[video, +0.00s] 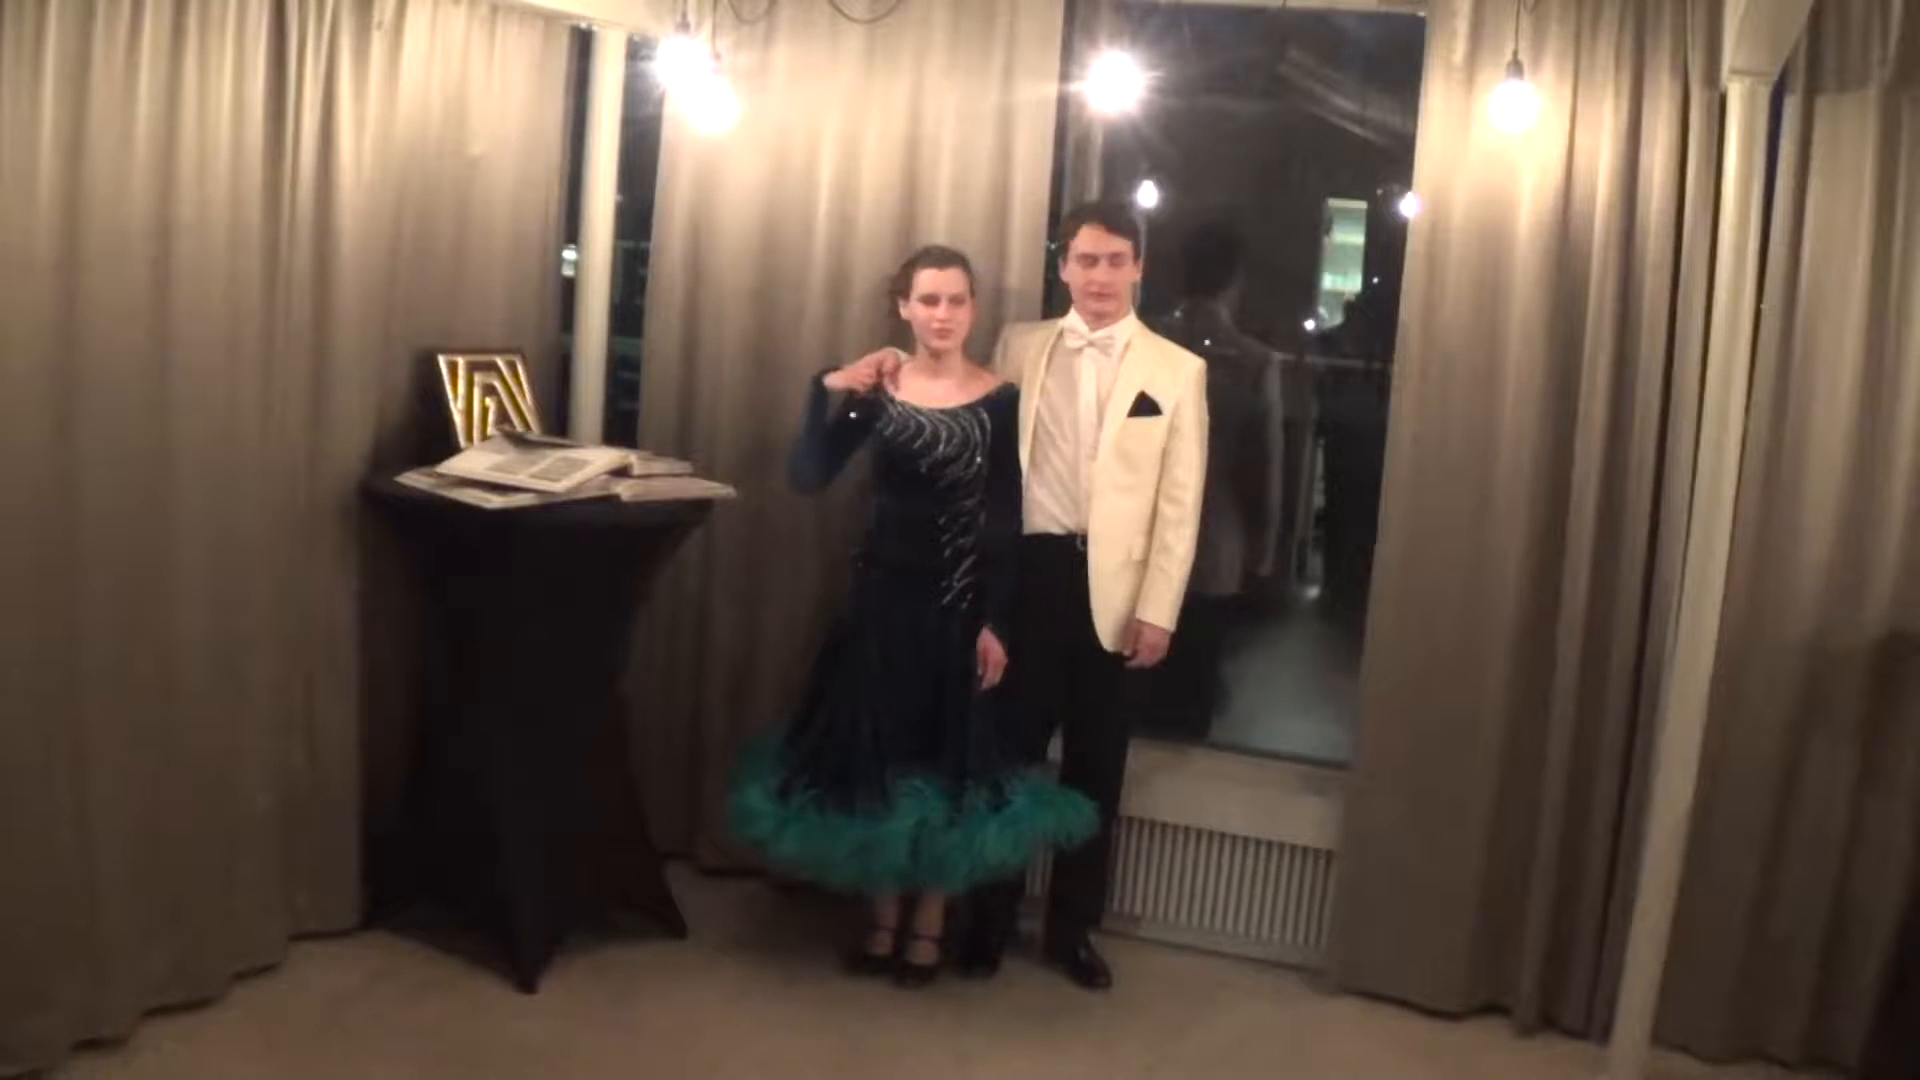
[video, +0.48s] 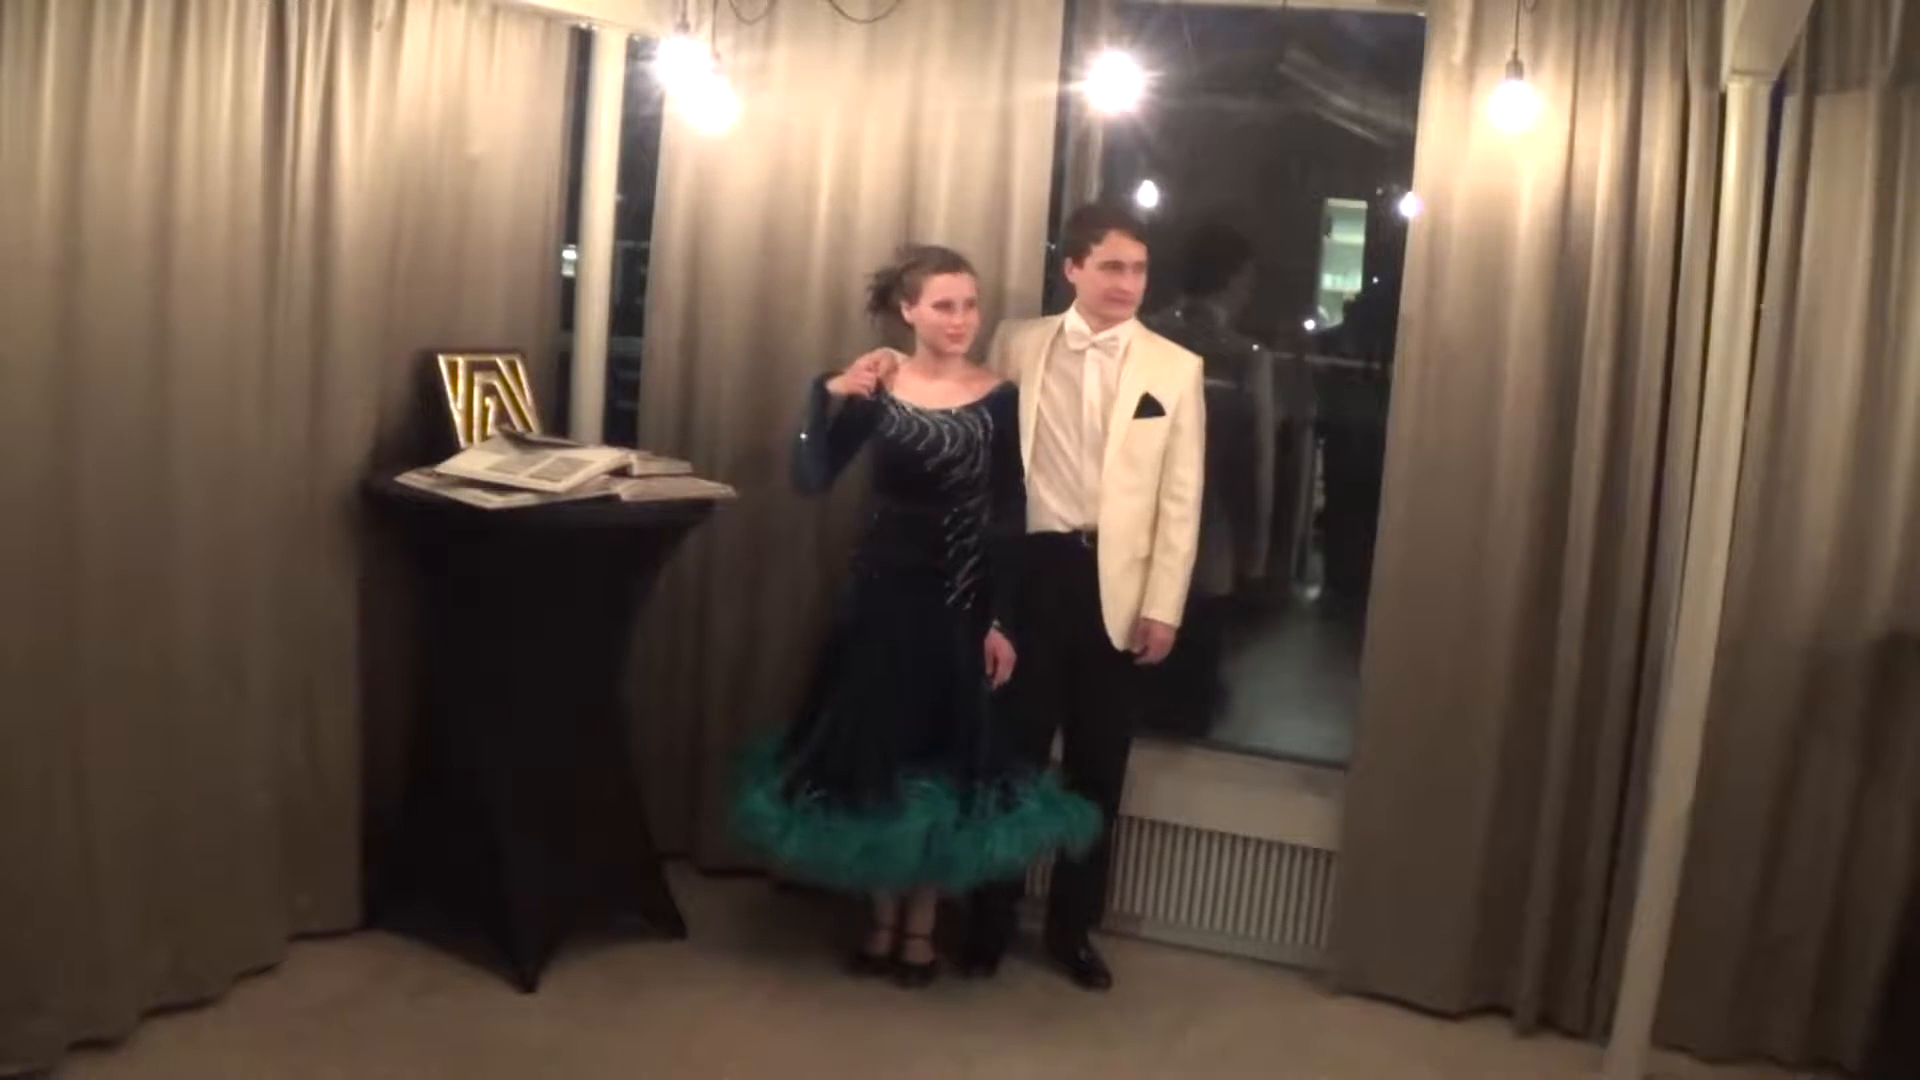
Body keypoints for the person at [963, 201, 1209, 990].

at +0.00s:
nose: (1099, 274)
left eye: (1114, 260)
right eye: (1085, 259)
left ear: (1139, 271)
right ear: (1063, 268)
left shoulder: (1178, 371)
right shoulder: (1022, 348)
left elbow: (1180, 501)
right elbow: (977, 445)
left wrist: (1160, 607)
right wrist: (898, 368)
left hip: (1112, 584)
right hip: (1023, 571)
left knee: (1096, 769)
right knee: (1008, 746)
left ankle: (1073, 930)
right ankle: (985, 923)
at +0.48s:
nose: (1127, 283)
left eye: (1138, 270)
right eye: (1111, 266)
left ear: (1150, 281)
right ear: (1071, 270)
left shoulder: (1177, 370)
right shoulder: (1019, 344)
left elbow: (1182, 499)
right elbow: (972, 446)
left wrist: (1164, 604)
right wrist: (890, 372)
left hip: (1114, 580)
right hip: (1024, 568)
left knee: (1099, 763)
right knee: (1010, 744)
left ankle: (1072, 929)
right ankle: (984, 922)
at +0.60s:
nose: (1129, 284)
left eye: (1140, 271)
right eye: (1114, 267)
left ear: (1151, 281)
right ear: (1072, 271)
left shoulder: (1176, 369)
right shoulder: (1018, 344)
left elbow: (1182, 498)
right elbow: (976, 454)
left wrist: (1165, 603)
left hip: (1114, 580)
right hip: (1024, 569)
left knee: (1099, 762)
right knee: (1010, 745)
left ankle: (1073, 929)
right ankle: (984, 922)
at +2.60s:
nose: (1128, 275)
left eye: (1137, 263)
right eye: (1113, 259)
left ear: (1144, 274)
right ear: (1068, 262)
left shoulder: (1167, 362)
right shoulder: (1009, 343)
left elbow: (1181, 487)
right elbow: (969, 455)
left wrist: (1173, 590)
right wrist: (965, 566)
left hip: (1116, 574)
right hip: (1022, 566)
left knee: (1097, 755)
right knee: (1008, 741)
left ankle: (1071, 927)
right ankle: (981, 921)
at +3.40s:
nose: (1124, 275)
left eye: (1133, 262)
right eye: (1109, 259)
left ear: (1141, 272)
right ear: (1064, 262)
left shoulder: (1163, 362)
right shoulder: (1007, 343)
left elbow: (1177, 485)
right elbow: (967, 457)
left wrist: (1169, 588)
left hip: (1114, 575)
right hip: (1020, 567)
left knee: (1094, 756)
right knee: (1005, 742)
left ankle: (1071, 926)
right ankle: (980, 921)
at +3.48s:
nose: (1124, 274)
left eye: (1133, 262)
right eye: (1109, 258)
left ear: (1140, 273)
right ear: (1064, 262)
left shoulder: (1162, 362)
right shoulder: (1007, 342)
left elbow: (1177, 485)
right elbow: (966, 453)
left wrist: (1169, 588)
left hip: (1114, 576)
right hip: (1020, 567)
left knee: (1094, 756)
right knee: (1006, 742)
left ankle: (1071, 926)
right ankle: (980, 920)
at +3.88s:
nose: (1112, 271)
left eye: (1123, 257)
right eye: (1097, 257)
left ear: (1135, 266)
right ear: (1059, 263)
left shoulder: (1167, 355)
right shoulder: (1009, 333)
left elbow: (1202, 475)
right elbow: (941, 375)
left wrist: (1185, 580)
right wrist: (879, 358)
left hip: (1116, 572)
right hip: (1023, 561)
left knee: (1097, 754)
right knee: (1009, 739)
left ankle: (1070, 926)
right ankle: (984, 922)